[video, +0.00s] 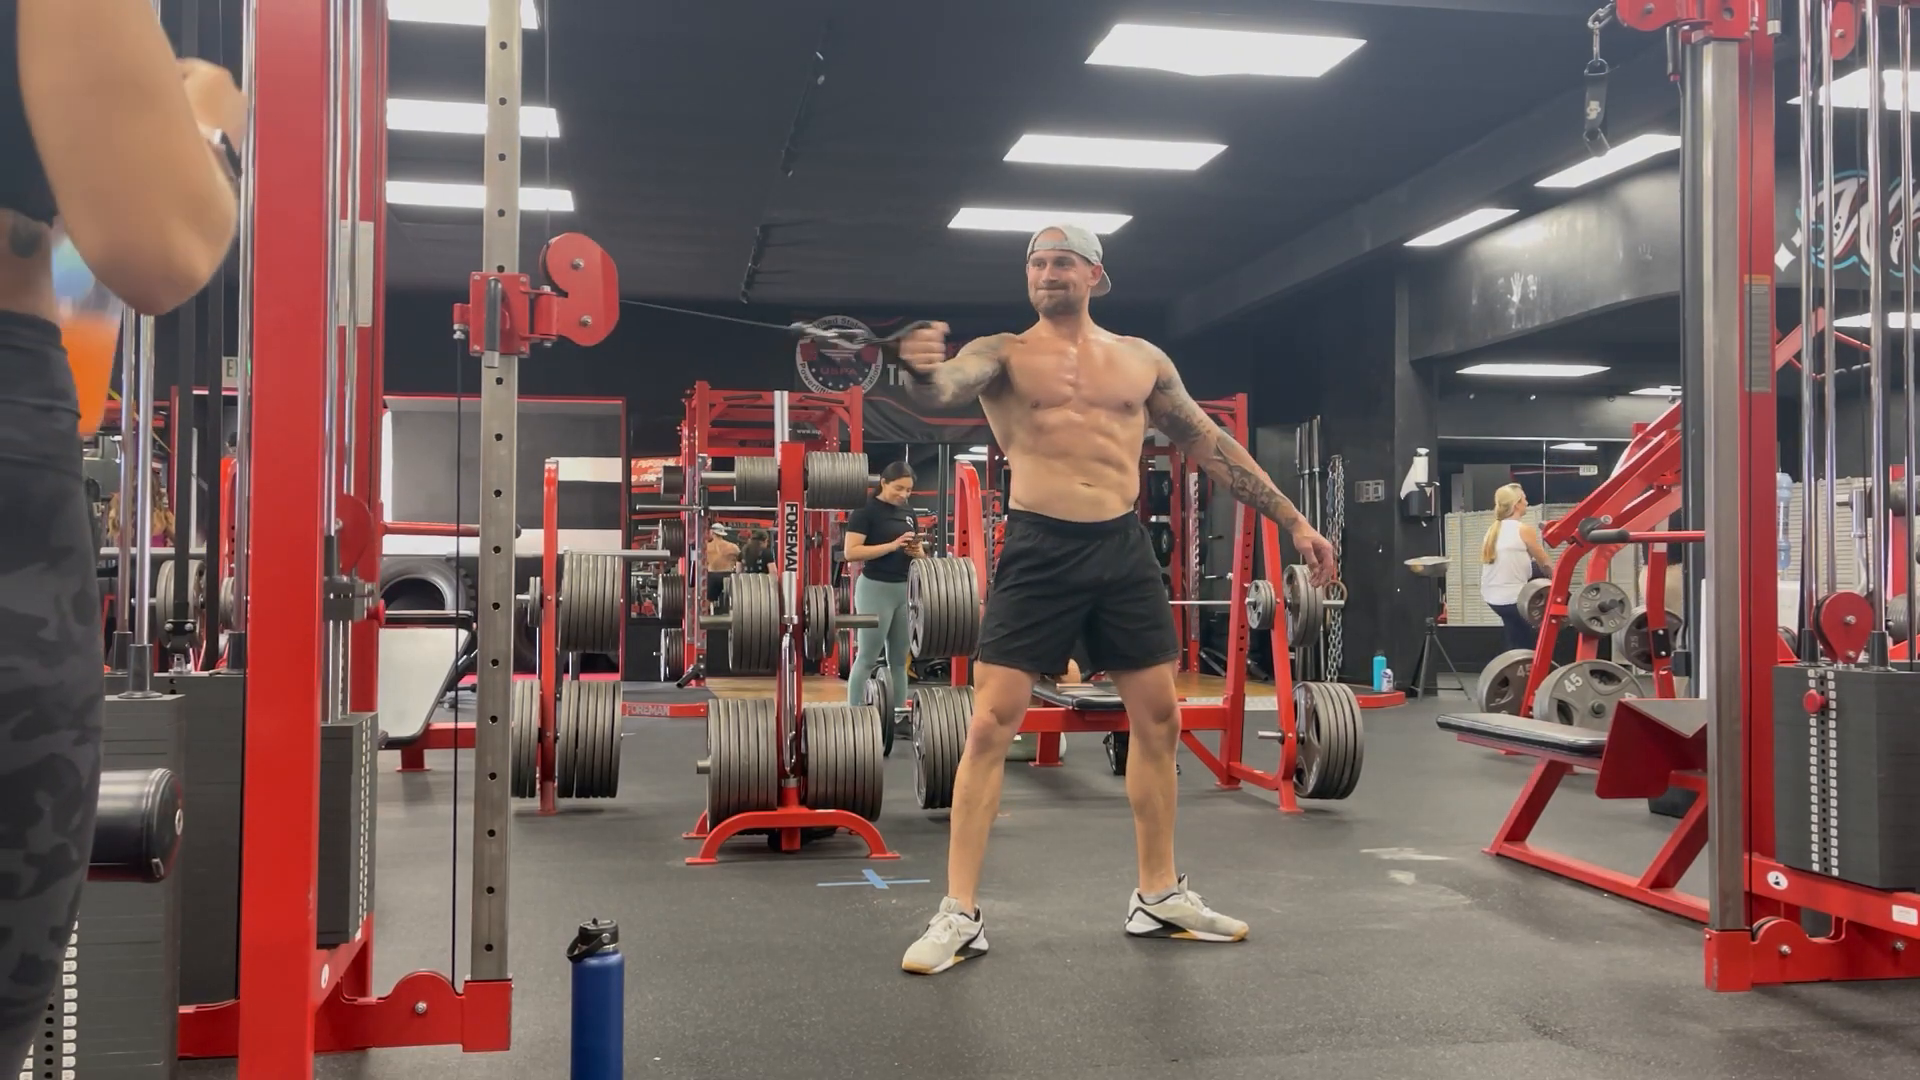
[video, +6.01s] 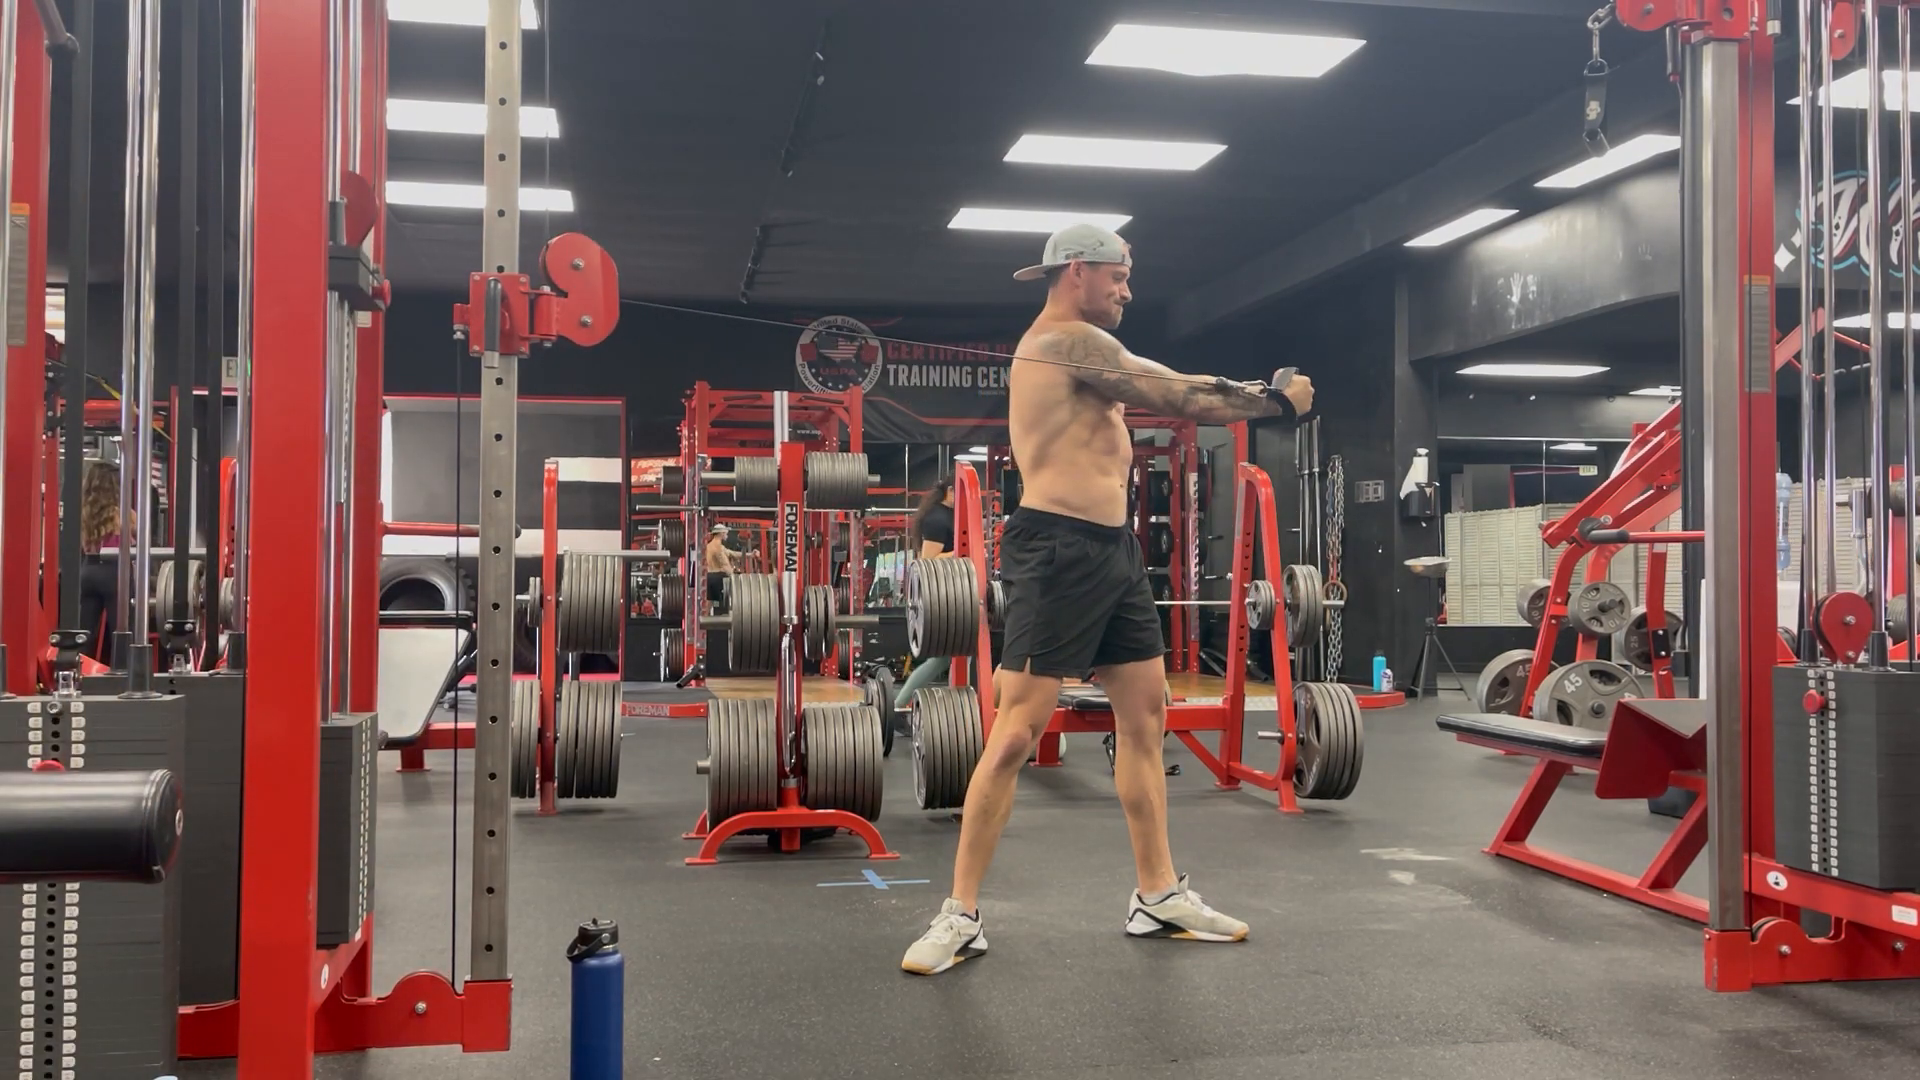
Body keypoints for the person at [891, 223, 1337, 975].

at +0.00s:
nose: (1050, 270)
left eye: (1065, 260)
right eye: (1039, 260)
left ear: (1096, 279)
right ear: (1026, 278)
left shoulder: (1143, 360)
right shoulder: (1000, 351)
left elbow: (1217, 448)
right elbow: (936, 394)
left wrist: (1297, 523)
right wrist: (915, 368)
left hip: (1124, 550)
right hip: (1035, 550)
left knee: (1159, 719)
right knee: (989, 724)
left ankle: (1158, 894)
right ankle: (959, 910)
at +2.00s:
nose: (1065, 278)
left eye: (1079, 266)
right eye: (1053, 267)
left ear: (1104, 279)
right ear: (1034, 278)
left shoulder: (1140, 365)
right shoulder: (1005, 346)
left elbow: (1203, 460)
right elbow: (988, 383)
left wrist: (1272, 536)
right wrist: (1021, 365)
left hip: (1129, 551)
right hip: (1042, 552)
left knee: (1156, 719)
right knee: (993, 725)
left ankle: (1158, 894)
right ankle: (960, 910)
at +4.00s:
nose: (1108, 282)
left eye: (1113, 272)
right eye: (1094, 267)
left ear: (1109, 285)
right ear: (1049, 273)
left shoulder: (1108, 368)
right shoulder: (1024, 345)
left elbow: (1138, 472)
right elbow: (1126, 382)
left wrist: (1184, 544)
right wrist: (1256, 379)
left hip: (1127, 553)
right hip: (1053, 550)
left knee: (1148, 723)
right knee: (1007, 735)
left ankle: (1157, 894)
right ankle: (961, 911)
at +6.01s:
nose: (1127, 289)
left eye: (1128, 277)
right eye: (1118, 275)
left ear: (1081, 277)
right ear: (1075, 274)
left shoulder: (1087, 348)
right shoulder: (1064, 340)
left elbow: (1172, 397)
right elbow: (1175, 393)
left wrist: (1257, 396)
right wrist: (1274, 397)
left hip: (1112, 555)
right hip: (1052, 550)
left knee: (1144, 720)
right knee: (1013, 737)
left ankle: (1158, 894)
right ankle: (960, 911)